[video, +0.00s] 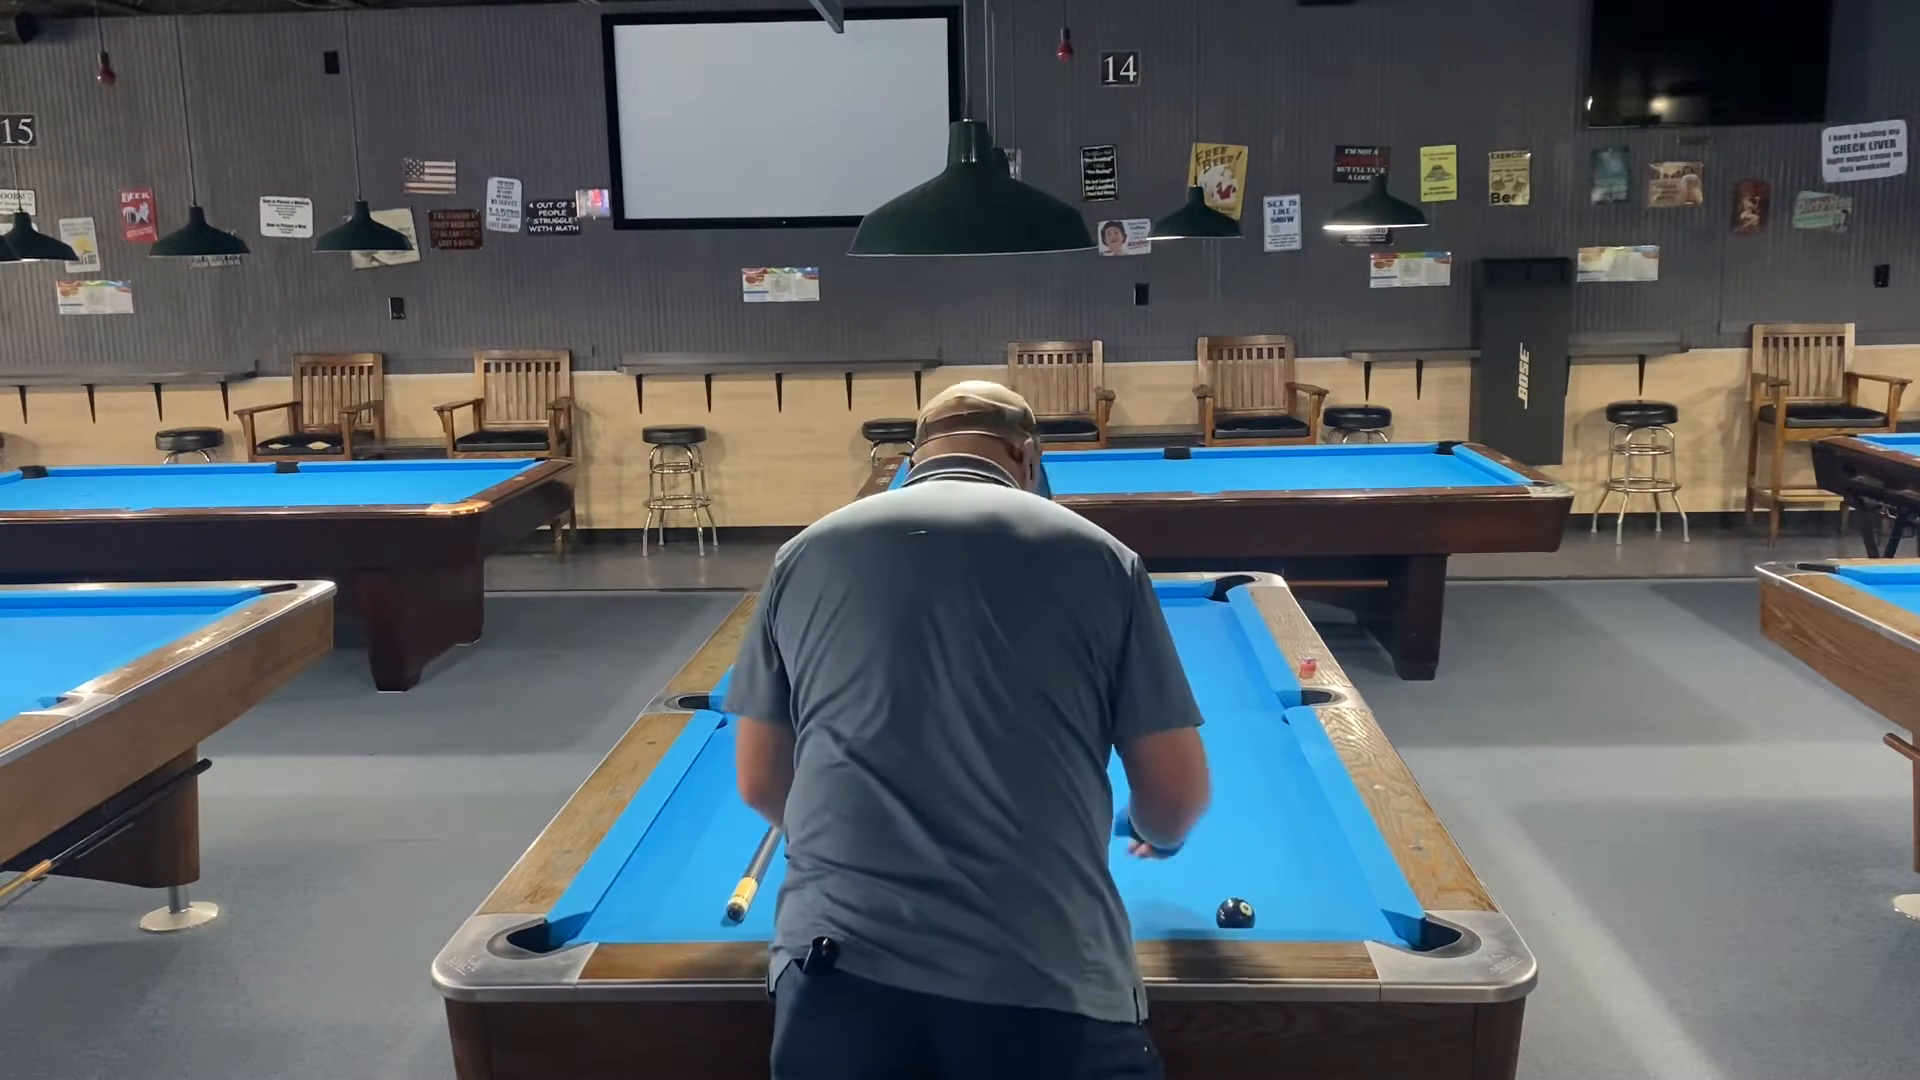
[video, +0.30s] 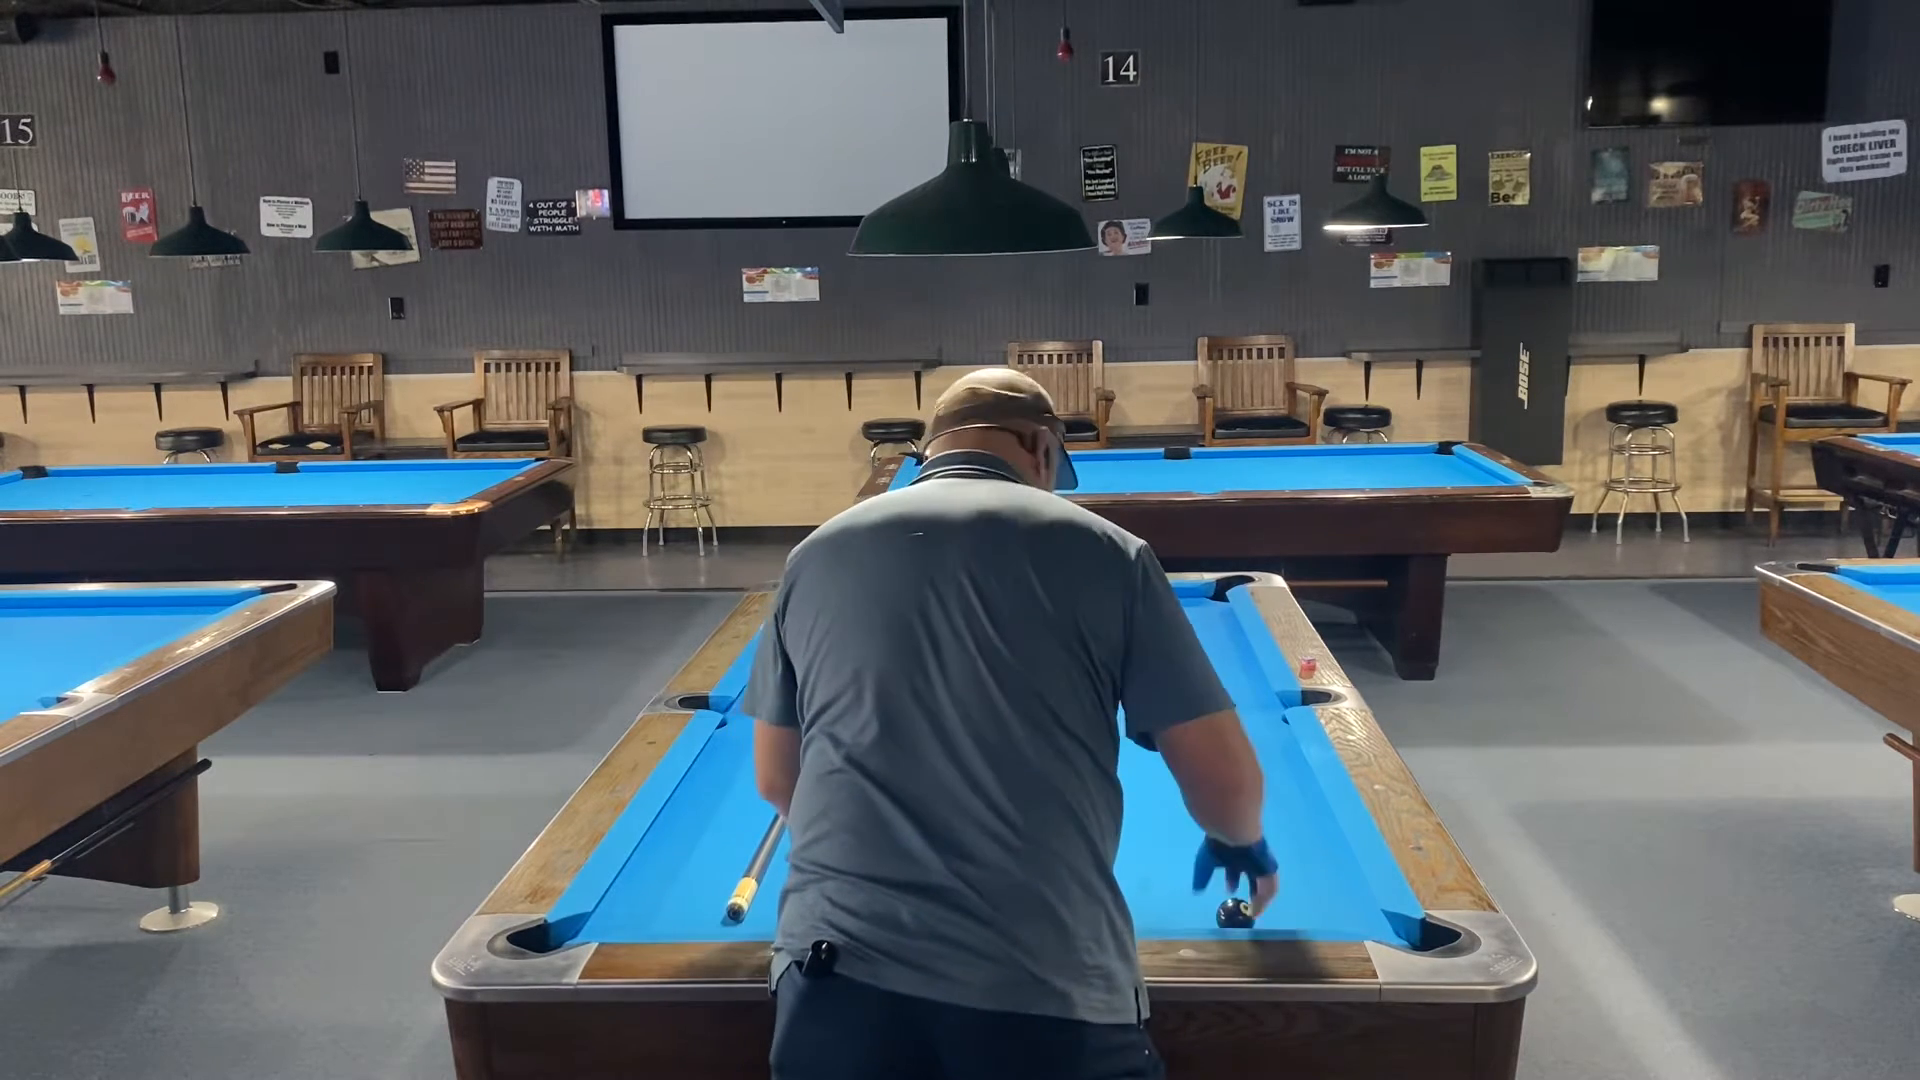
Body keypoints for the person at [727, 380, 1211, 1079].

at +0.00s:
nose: (1044, 485)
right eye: (1041, 470)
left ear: (914, 461)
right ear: (1027, 462)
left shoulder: (809, 552)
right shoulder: (1101, 561)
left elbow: (761, 778)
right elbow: (1176, 789)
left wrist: (846, 831)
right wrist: (1154, 831)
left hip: (844, 987)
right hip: (1053, 1005)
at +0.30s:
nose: (1058, 485)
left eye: (1058, 469)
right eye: (1058, 464)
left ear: (926, 456)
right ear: (1038, 447)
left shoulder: (820, 550)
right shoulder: (1107, 554)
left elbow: (778, 776)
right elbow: (1223, 772)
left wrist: (868, 834)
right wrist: (1235, 841)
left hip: (840, 992)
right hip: (1048, 1007)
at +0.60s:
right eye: (1052, 468)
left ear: (939, 458)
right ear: (1051, 463)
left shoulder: (837, 550)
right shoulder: (1120, 566)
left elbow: (783, 772)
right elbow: (1211, 789)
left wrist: (870, 835)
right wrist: (1234, 863)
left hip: (851, 982)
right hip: (1060, 1000)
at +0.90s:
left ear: (931, 477)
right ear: (1042, 487)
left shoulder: (835, 563)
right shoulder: (1108, 574)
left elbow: (793, 780)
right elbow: (1172, 795)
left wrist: (892, 786)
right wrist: (1109, 805)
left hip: (854, 979)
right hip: (1061, 988)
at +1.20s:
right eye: (1038, 500)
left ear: (921, 500)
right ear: (1031, 499)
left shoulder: (833, 578)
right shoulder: (1097, 586)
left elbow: (802, 786)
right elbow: (1131, 791)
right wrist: (1046, 848)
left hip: (844, 971)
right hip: (1051, 976)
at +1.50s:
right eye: (1032, 514)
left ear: (916, 512)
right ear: (1026, 515)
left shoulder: (831, 585)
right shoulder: (1091, 594)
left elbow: (799, 796)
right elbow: (1130, 801)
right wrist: (1039, 855)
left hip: (843, 967)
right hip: (1048, 973)